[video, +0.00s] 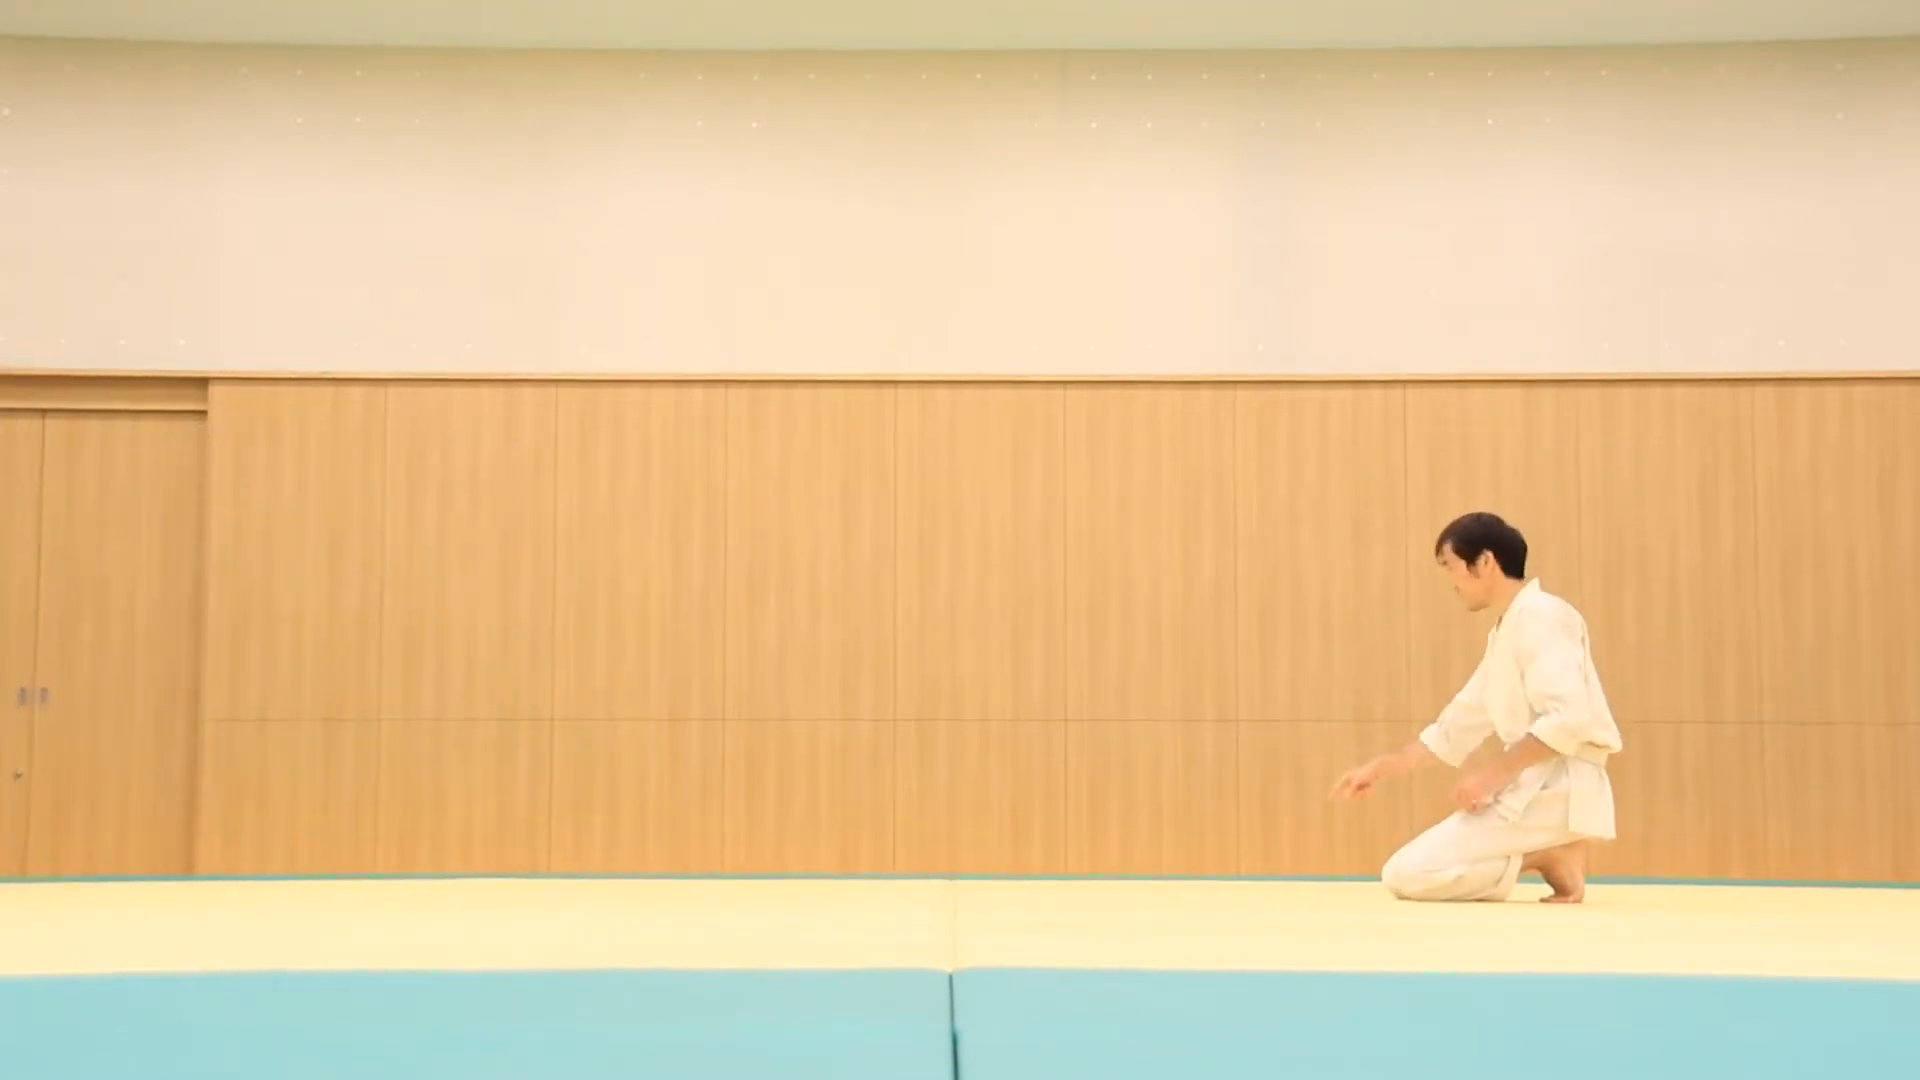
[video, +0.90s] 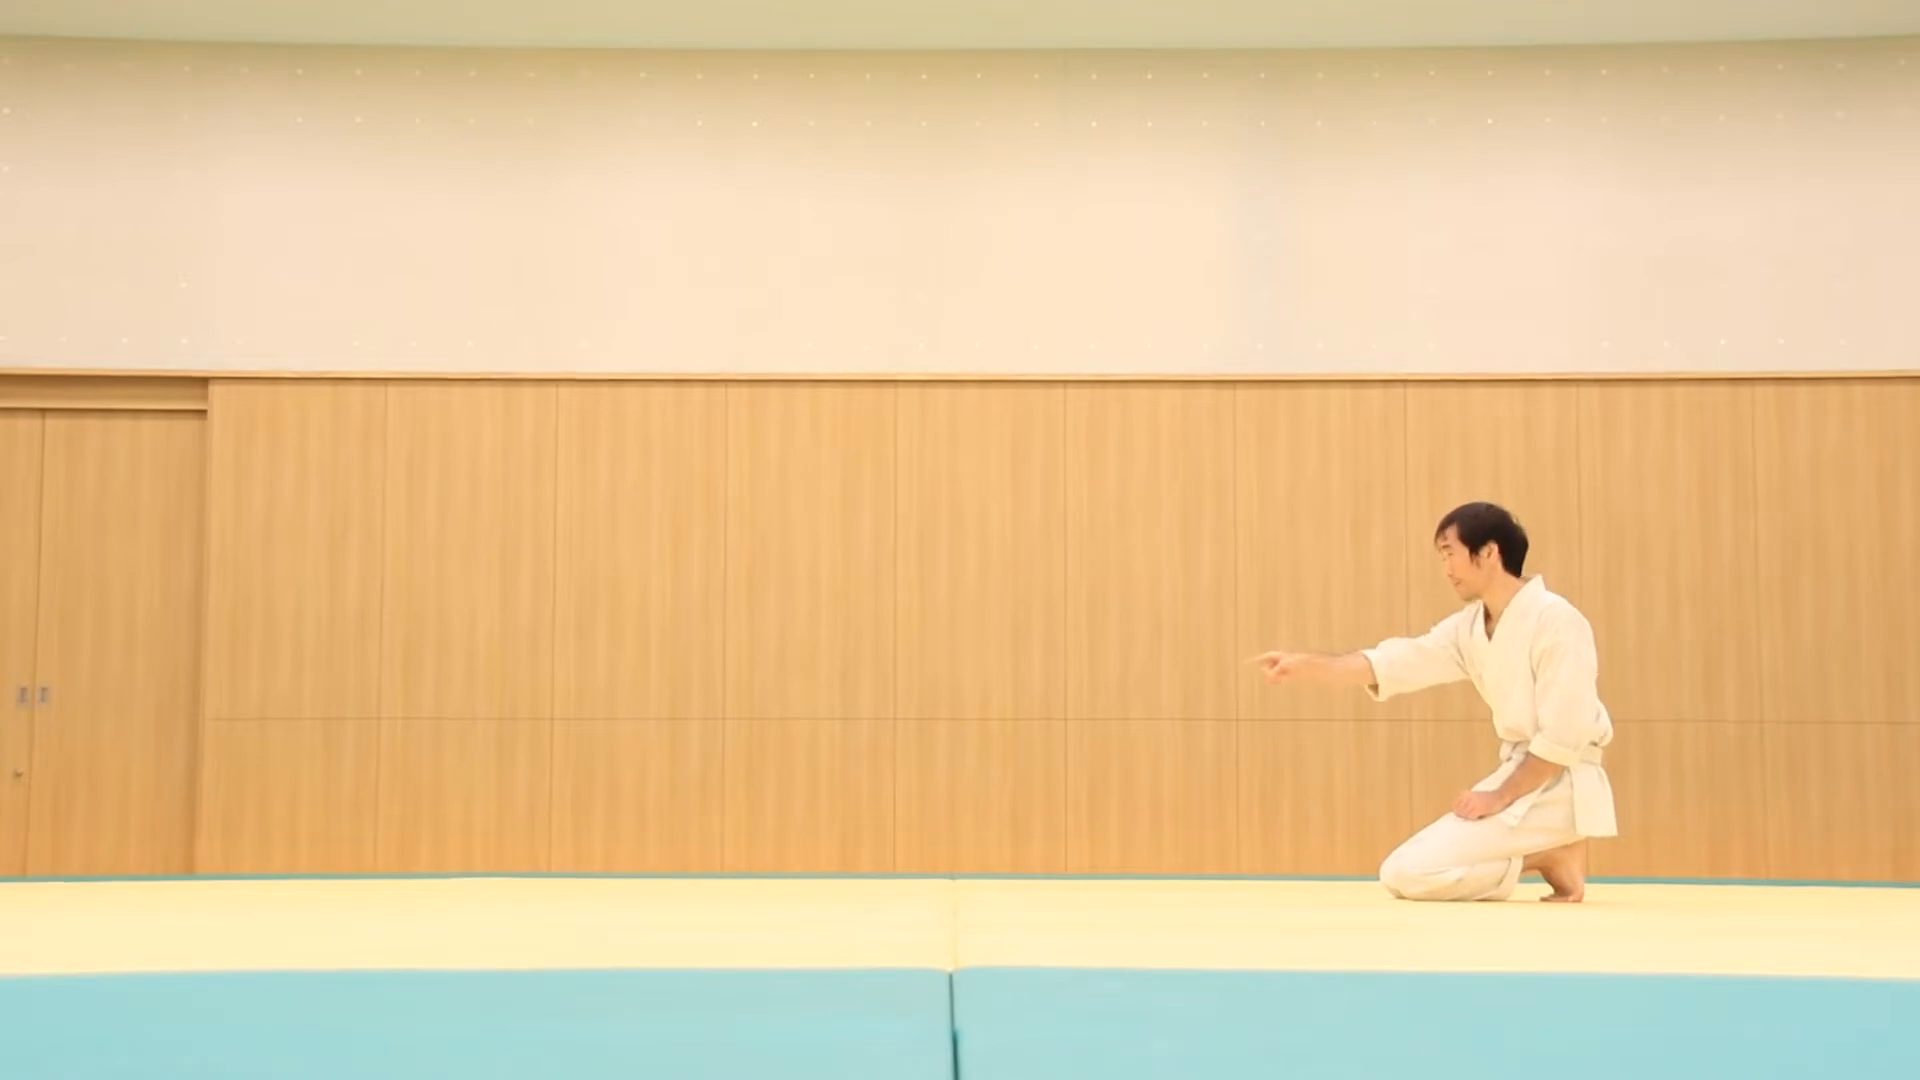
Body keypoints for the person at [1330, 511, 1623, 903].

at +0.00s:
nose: (1451, 582)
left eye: (1451, 568)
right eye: (1446, 571)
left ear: (1487, 564)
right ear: (1487, 566)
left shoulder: (1541, 616)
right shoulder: (1508, 629)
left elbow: (1570, 719)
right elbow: (1460, 722)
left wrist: (1494, 774)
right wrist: (1381, 769)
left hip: (1560, 794)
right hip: (1537, 789)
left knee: (1407, 877)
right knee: (1406, 873)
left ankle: (1549, 855)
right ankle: (1546, 857)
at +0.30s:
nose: (1458, 575)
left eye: (1465, 559)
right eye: (1453, 565)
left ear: (1506, 555)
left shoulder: (1564, 621)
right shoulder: (1474, 637)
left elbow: (1578, 728)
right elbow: (1433, 705)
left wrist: (1506, 789)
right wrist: (1392, 734)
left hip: (1566, 789)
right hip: (1516, 784)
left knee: (1405, 875)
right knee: (1401, 874)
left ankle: (1548, 857)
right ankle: (1546, 857)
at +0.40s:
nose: (1455, 574)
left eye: (1462, 558)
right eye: (1449, 565)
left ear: (1503, 555)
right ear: (1446, 569)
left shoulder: (1559, 621)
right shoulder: (1471, 633)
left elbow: (1575, 728)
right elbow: (1442, 696)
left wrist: (1501, 792)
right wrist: (1425, 697)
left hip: (1563, 788)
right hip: (1513, 780)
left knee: (1404, 875)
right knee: (1398, 874)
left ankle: (1547, 855)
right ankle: (1543, 856)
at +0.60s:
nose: (1450, 571)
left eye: (1458, 555)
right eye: (1445, 561)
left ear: (1499, 553)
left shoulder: (1559, 619)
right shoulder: (1467, 628)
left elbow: (1574, 726)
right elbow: (1425, 687)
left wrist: (1505, 794)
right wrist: (1395, 669)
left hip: (1565, 786)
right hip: (1514, 777)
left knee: (1405, 875)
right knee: (1396, 875)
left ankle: (1548, 855)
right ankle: (1543, 856)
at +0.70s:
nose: (1448, 569)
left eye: (1454, 554)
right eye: (1444, 558)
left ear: (1495, 553)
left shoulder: (1557, 621)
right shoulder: (1470, 626)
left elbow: (1563, 733)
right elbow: (1412, 654)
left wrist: (1497, 794)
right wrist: (1354, 654)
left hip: (1562, 789)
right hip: (1515, 779)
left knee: (1405, 875)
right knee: (1399, 873)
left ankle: (1548, 855)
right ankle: (1545, 854)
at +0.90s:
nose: (1444, 569)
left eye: (1450, 554)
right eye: (1443, 556)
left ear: (1490, 555)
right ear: (1483, 559)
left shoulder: (1556, 621)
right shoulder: (1471, 626)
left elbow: (1566, 734)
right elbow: (1393, 663)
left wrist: (1499, 795)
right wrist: (1308, 666)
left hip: (1563, 789)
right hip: (1515, 781)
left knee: (1409, 876)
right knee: (1398, 874)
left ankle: (1549, 856)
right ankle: (1546, 858)